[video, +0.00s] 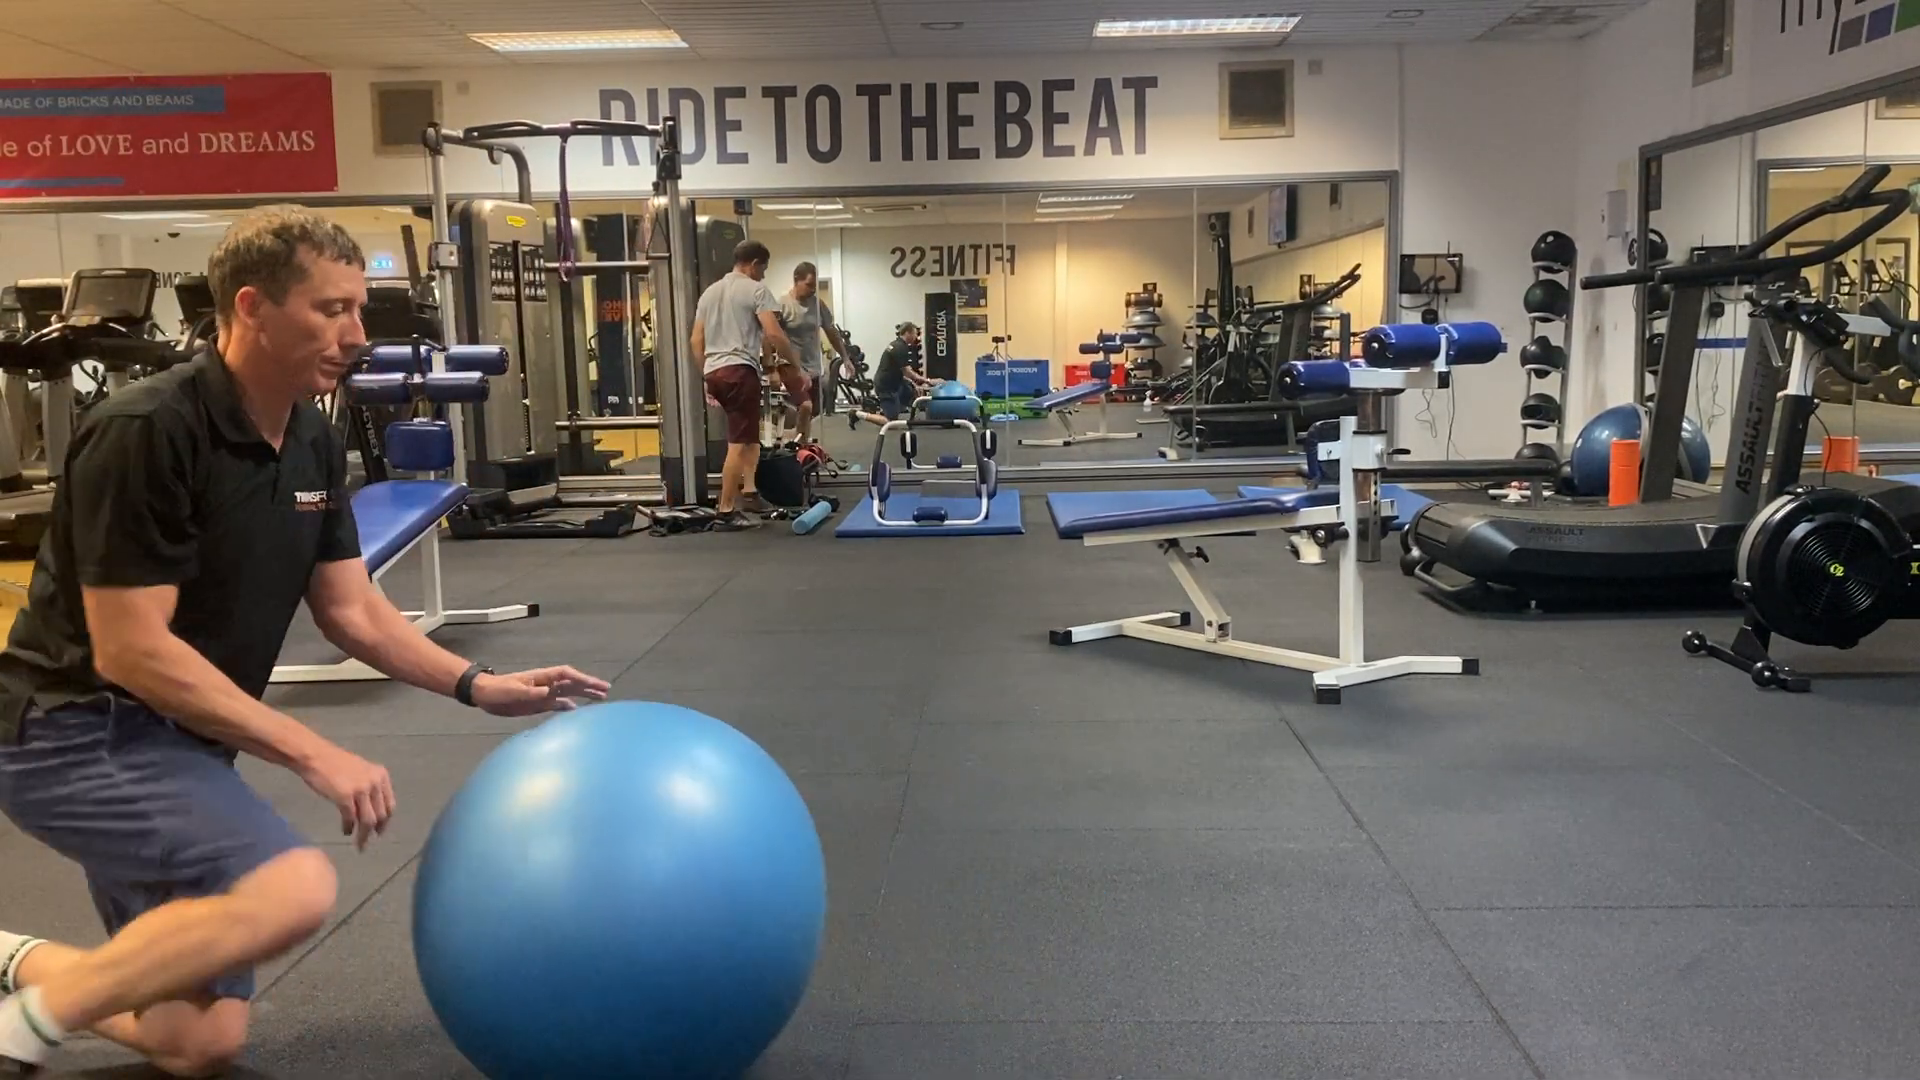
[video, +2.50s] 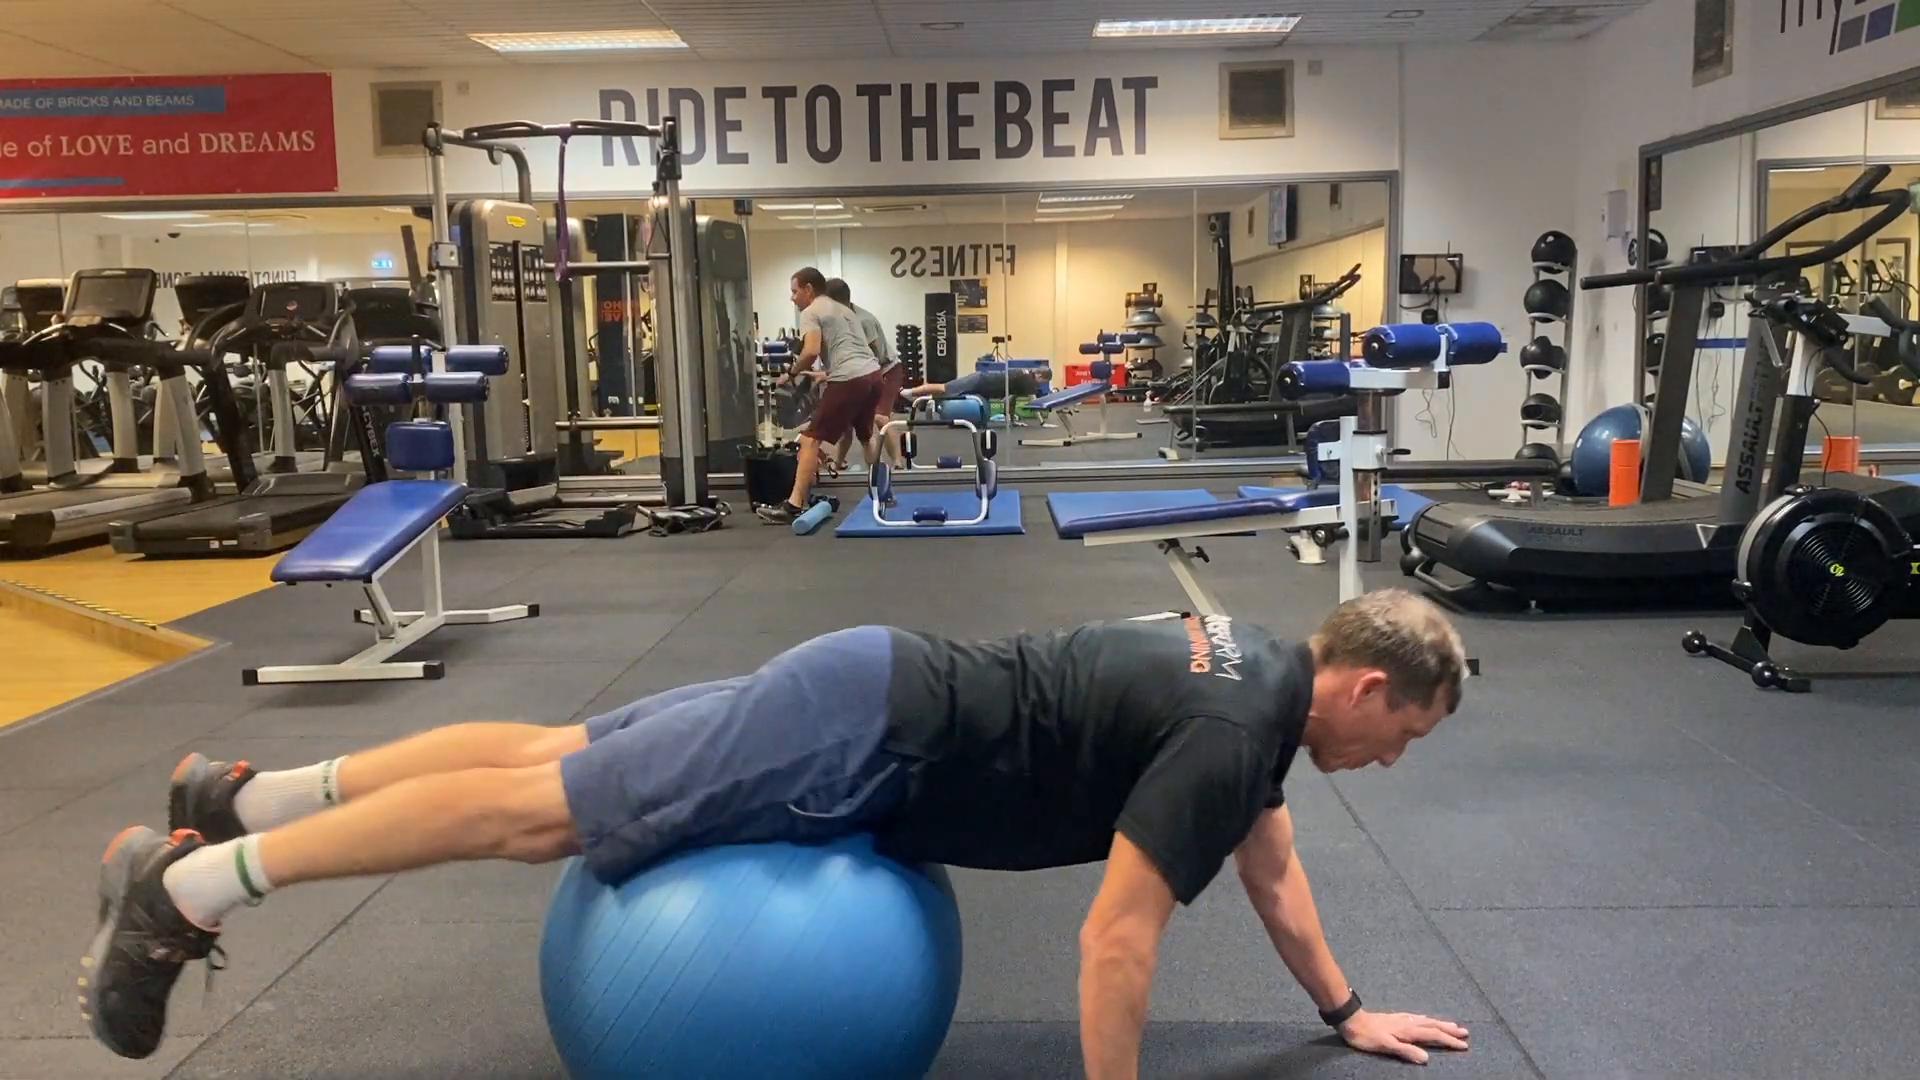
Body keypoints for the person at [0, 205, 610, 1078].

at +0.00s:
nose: (357, 335)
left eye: (359, 311)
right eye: (332, 309)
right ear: (252, 312)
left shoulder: (310, 437)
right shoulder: (144, 430)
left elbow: (348, 605)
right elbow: (129, 649)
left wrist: (477, 684)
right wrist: (314, 753)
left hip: (182, 731)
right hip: (71, 726)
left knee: (203, 1036)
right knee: (293, 887)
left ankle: (28, 966)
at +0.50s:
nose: (418, 395)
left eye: (421, 372)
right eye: (400, 371)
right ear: (317, 362)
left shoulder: (327, 467)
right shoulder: (198, 475)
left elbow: (304, 621)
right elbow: (157, 692)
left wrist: (398, 732)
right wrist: (361, 759)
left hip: (193, 798)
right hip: (89, 812)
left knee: (214, 1035)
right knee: (166, 1066)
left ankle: (17, 970)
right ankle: (3, 1014)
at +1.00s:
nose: (447, 396)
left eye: (449, 370)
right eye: (427, 370)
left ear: (351, 366)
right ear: (345, 362)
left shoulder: (350, 465)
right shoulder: (200, 467)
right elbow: (19, 607)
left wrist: (275, 721)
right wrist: (185, 740)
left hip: (212, 815)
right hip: (95, 832)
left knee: (224, 1046)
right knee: (140, 1063)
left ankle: (17, 980)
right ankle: (6, 991)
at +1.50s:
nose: (840, 606)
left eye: (847, 586)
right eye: (832, 585)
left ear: (764, 561)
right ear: (759, 562)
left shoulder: (693, 609)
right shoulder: (641, 634)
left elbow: (725, 740)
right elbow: (564, 829)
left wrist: (844, 824)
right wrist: (766, 913)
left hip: (333, 777)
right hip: (296, 804)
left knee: (185, 1006)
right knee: (148, 1066)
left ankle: (0, 973)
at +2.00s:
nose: (1147, 806)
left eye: (1162, 789)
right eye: (1156, 788)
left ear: (1108, 705)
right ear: (1116, 740)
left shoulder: (1012, 694)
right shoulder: (991, 767)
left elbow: (983, 904)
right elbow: (996, 997)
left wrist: (1037, 1005)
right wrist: (1063, 1066)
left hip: (640, 678)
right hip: (621, 722)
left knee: (319, 793)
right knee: (305, 829)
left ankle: (52, 792)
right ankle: (29, 860)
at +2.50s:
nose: (1406, 750)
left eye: (1418, 732)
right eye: (1413, 731)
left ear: (1359, 668)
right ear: (1368, 694)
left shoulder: (1263, 684)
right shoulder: (1233, 732)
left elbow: (1278, 874)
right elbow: (1113, 943)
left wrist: (1346, 1013)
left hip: (877, 684)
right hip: (867, 728)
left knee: (565, 752)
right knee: (542, 812)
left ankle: (257, 795)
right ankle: (193, 886)